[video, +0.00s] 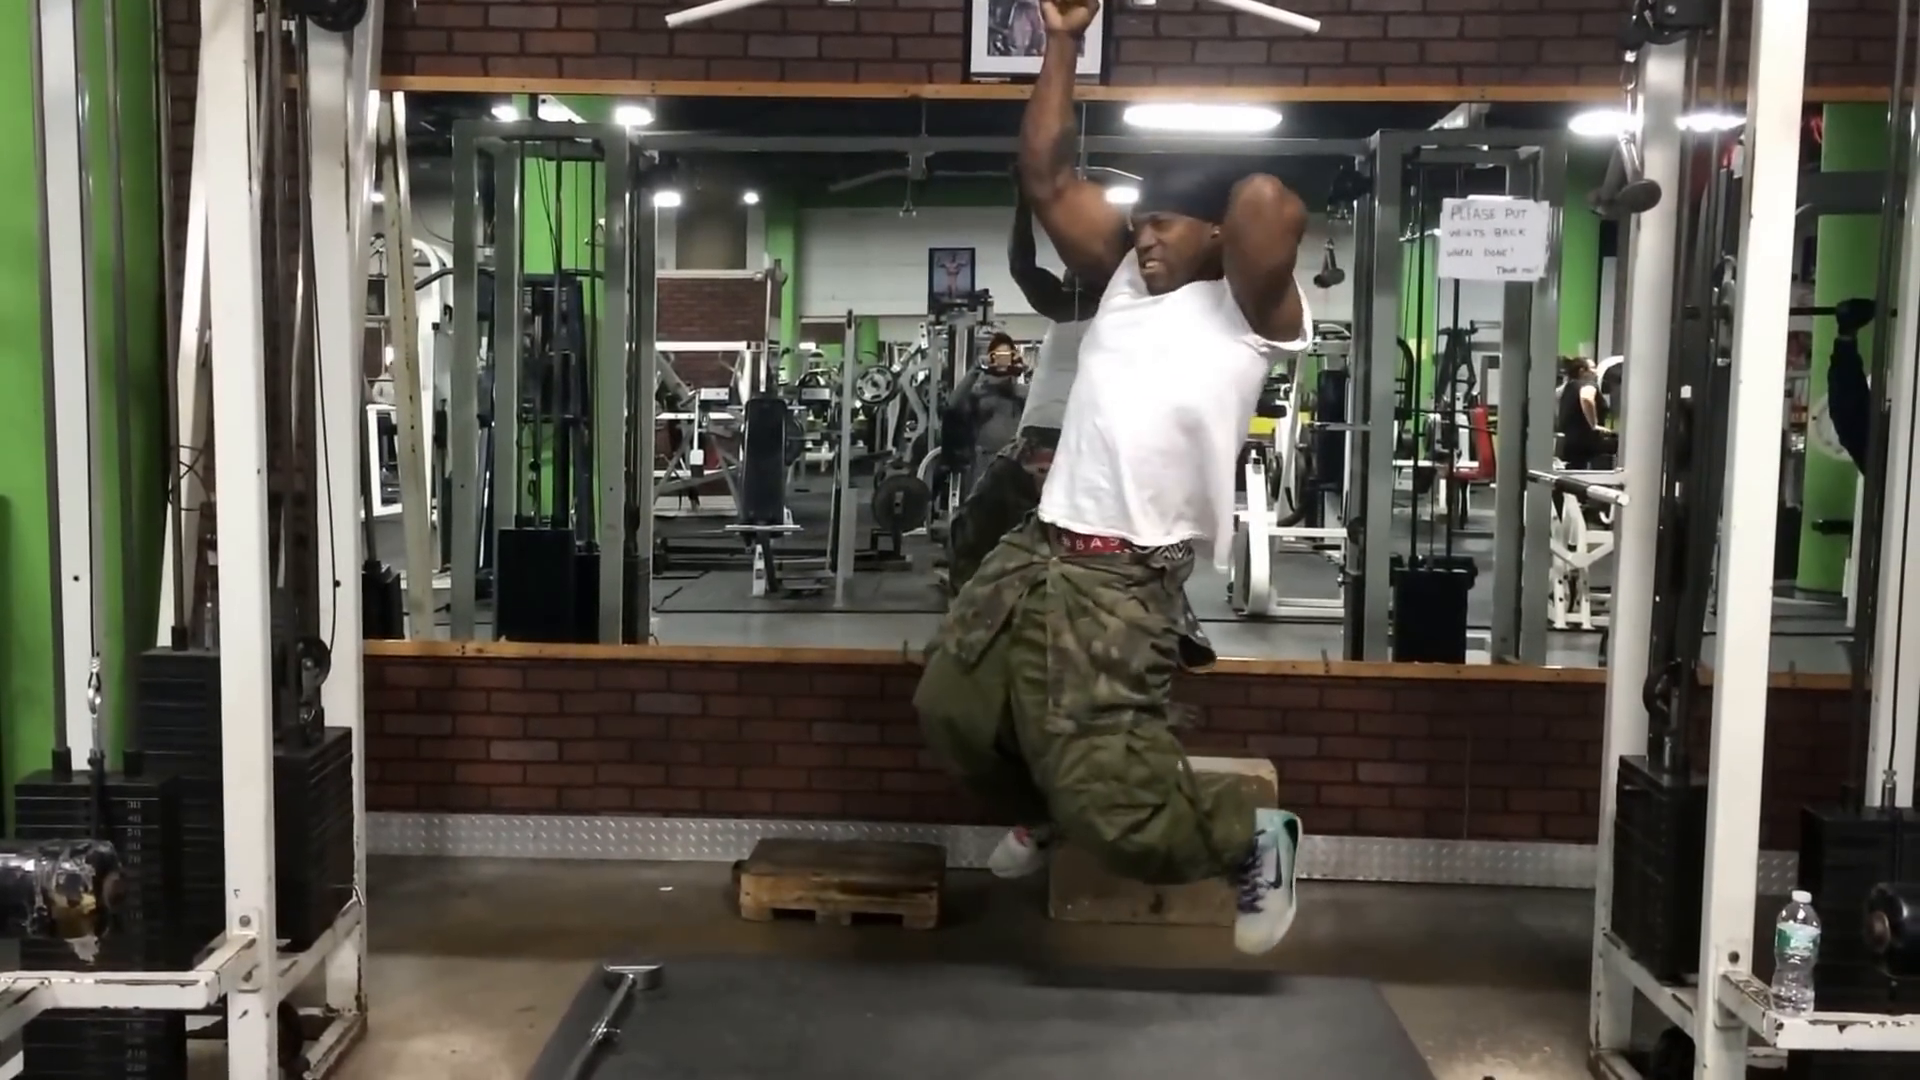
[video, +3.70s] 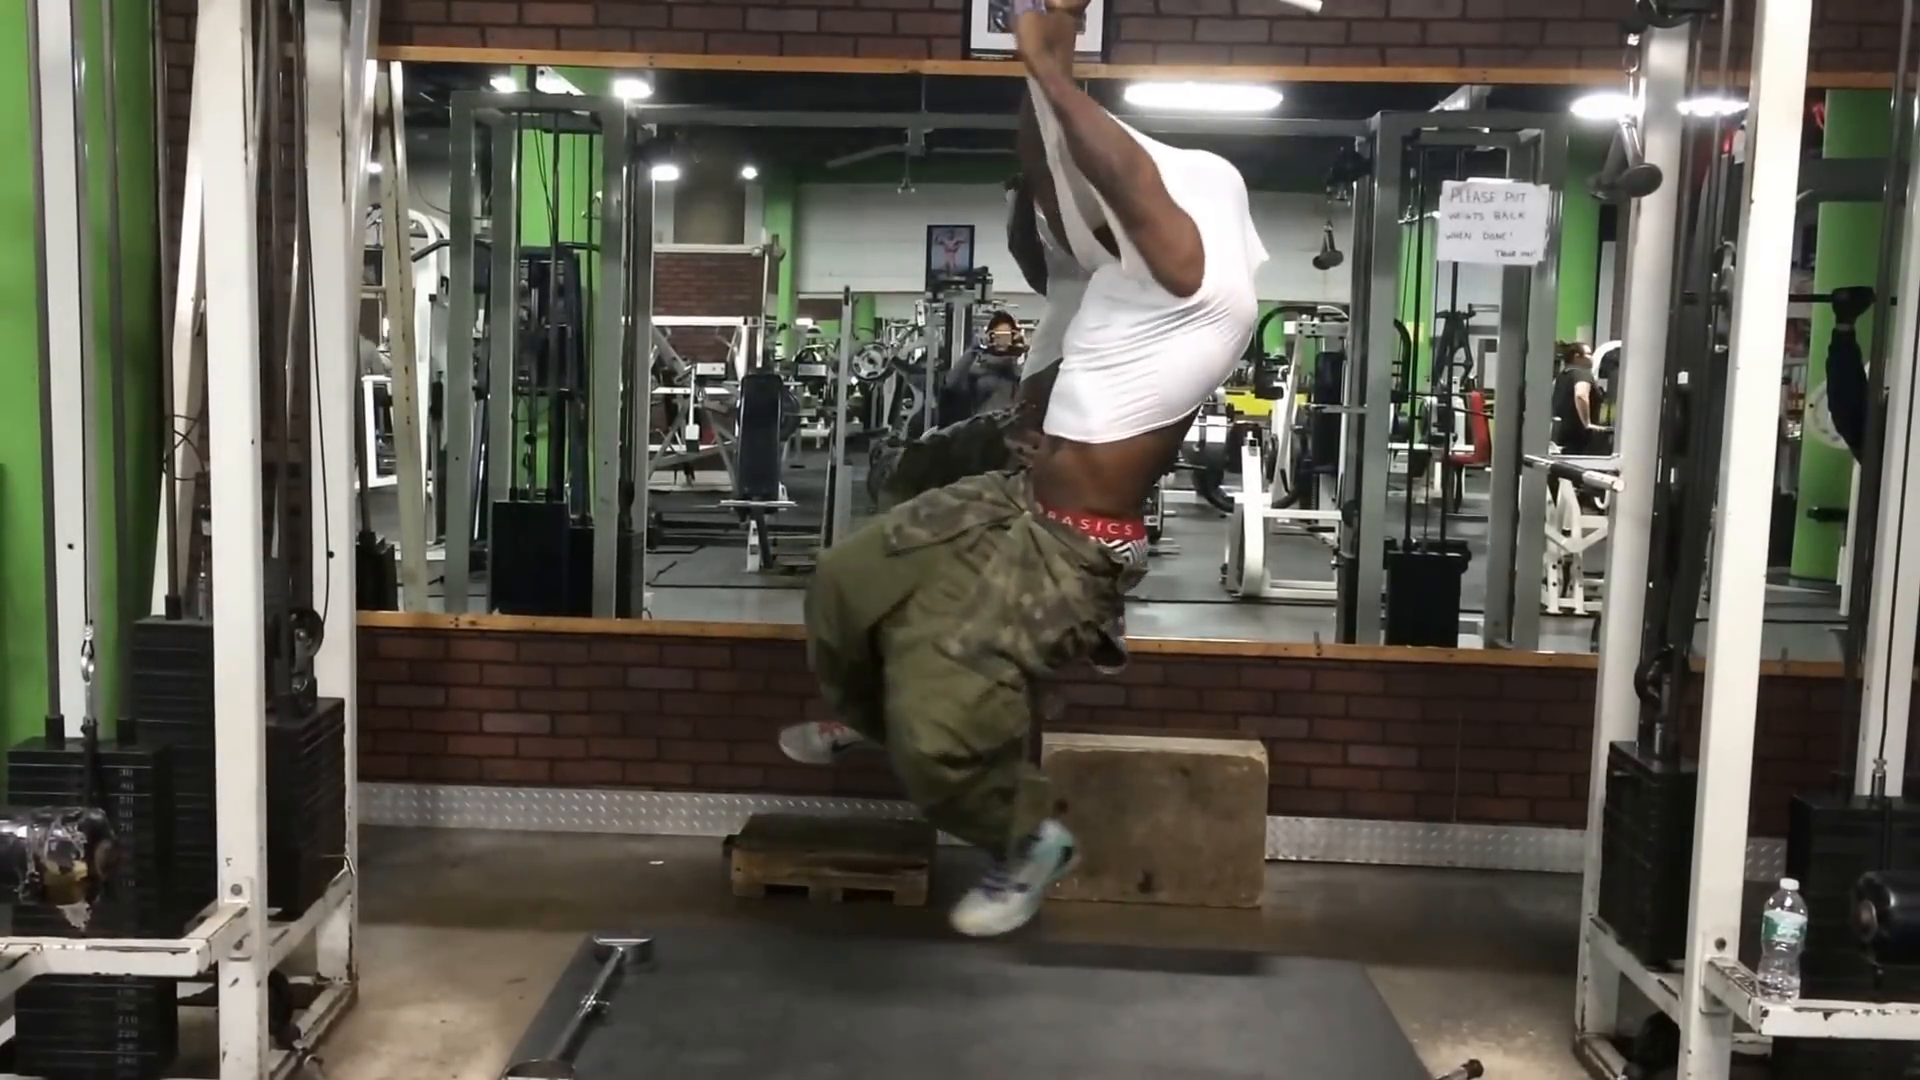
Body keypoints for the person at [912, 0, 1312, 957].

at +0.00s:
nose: (1144, 237)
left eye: (1162, 224)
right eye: (1142, 224)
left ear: (1215, 233)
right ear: (1142, 233)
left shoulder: (1248, 313)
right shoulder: (1117, 278)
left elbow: (1265, 198)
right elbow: (1045, 173)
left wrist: (1234, 254)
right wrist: (1061, 39)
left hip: (1125, 588)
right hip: (1035, 559)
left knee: (1103, 812)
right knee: (952, 707)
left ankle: (1254, 831)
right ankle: (1033, 820)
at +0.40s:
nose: (1132, 228)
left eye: (1156, 223)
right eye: (1136, 217)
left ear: (1205, 260)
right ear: (1129, 229)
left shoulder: (1210, 343)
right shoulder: (1098, 277)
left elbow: (1185, 303)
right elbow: (1038, 170)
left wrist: (1200, 262)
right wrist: (1061, 36)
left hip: (1045, 589)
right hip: (970, 561)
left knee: (954, 797)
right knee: (877, 730)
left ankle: (1121, 915)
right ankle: (992, 873)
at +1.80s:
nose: (1137, 194)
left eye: (1157, 188)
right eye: (1139, 186)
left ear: (1195, 207)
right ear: (1146, 213)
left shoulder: (1226, 274)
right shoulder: (1115, 255)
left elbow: (1278, 216)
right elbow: (1047, 158)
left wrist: (1243, 120)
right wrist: (1062, 26)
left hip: (1101, 556)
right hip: (1019, 521)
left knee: (1063, 768)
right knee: (925, 666)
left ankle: (1192, 802)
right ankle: (1011, 771)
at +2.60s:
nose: (1081, 204)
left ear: (1176, 216)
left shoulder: (1174, 278)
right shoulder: (1094, 268)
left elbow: (1197, 157)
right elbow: (1037, 145)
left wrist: (1213, 241)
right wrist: (1063, 19)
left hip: (1029, 561)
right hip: (962, 542)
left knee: (922, 769)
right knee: (861, 710)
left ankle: (1093, 895)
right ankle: (976, 862)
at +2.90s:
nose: (1079, 182)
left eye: (1089, 175)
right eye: (1074, 177)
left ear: (1141, 197)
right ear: (1083, 208)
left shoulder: (1153, 279)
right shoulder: (1081, 263)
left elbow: (1179, 144)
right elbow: (1032, 147)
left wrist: (1232, 156)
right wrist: (1058, 22)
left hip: (969, 549)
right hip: (929, 528)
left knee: (809, 737)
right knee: (829, 688)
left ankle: (959, 905)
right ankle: (932, 855)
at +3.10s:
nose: (1058, 176)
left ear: (1128, 199)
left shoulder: (1159, 281)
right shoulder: (1092, 279)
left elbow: (1112, 142)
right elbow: (1031, 151)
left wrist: (1155, 71)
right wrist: (1056, 26)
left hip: (977, 543)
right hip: (942, 518)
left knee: (788, 697)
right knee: (787, 638)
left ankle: (899, 881)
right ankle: (866, 825)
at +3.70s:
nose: (1059, 214)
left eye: (1064, 199)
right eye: (1053, 202)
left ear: (1150, 199)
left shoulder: (1206, 291)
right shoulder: (1098, 273)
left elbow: (1133, 185)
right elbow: (1054, 193)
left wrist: (1053, 75)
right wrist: (1037, 88)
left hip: (1075, 546)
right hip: (1015, 494)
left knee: (929, 712)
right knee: (845, 580)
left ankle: (1028, 842)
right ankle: (860, 720)